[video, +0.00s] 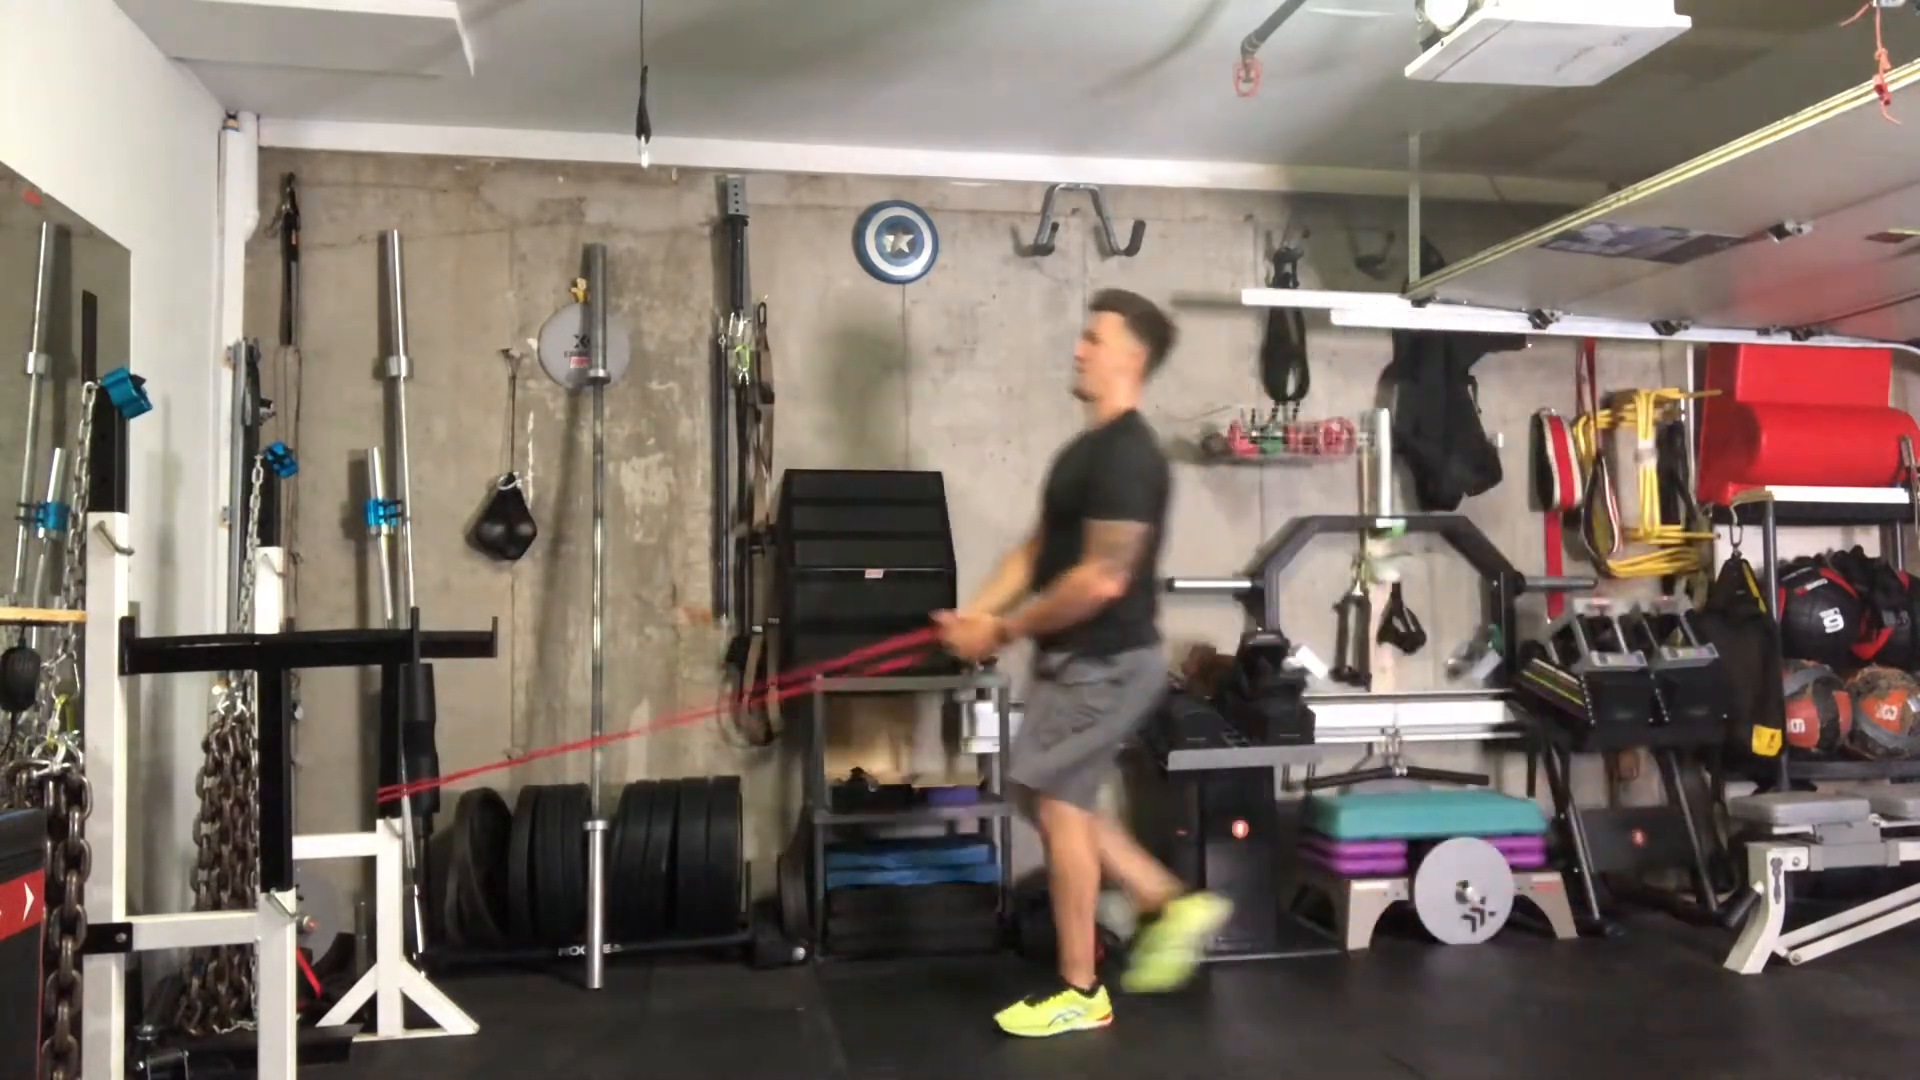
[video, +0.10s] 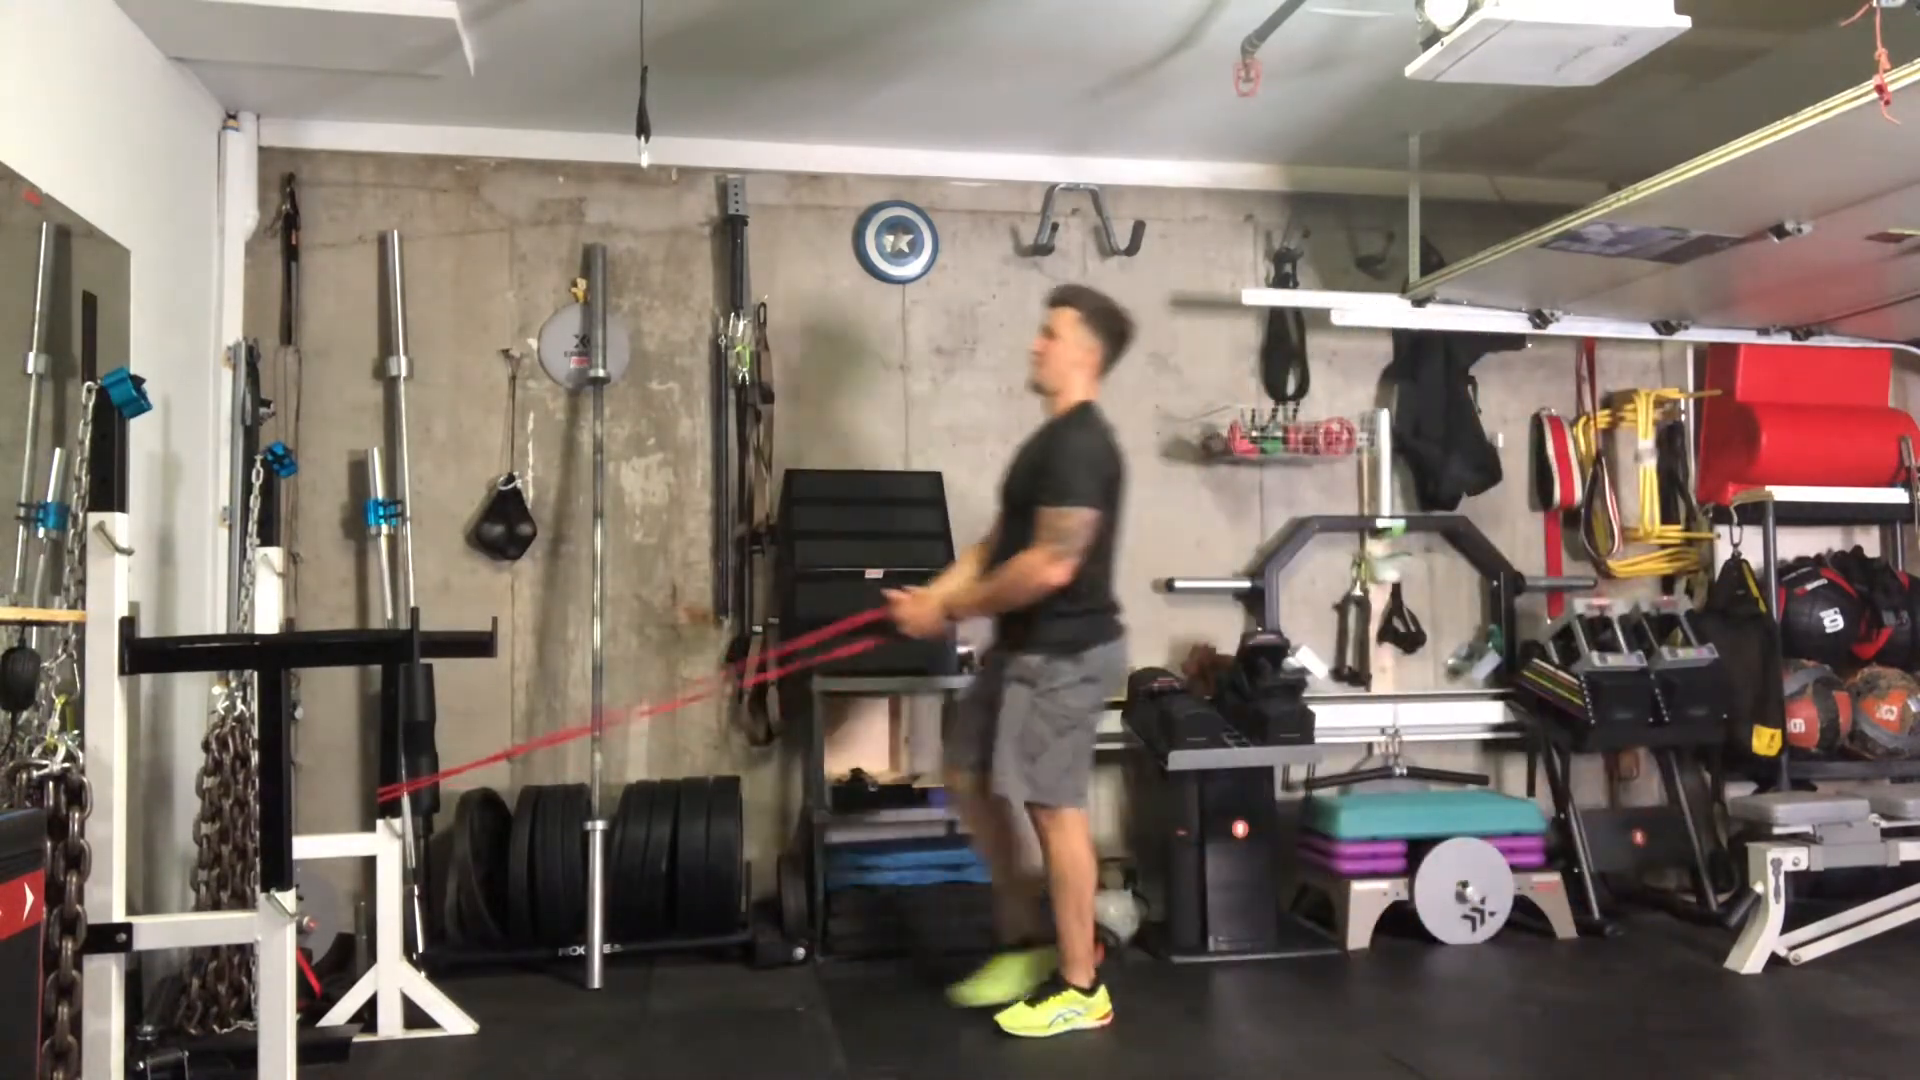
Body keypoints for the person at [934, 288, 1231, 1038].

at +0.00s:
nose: (1078, 351)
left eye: (1095, 341)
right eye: (1083, 338)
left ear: (1136, 361)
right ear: (1105, 356)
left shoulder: (1130, 453)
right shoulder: (1081, 453)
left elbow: (1103, 580)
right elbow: (1037, 551)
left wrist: (1003, 628)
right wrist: (980, 613)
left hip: (1113, 663)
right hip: (1071, 658)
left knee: (1060, 801)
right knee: (1044, 791)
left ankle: (1081, 989)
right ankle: (1171, 902)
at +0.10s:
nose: (1034, 345)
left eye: (1050, 335)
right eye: (1040, 333)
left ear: (1088, 354)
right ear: (1068, 354)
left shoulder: (1082, 442)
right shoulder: (1045, 443)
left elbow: (1054, 564)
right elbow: (995, 546)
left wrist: (954, 606)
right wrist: (932, 597)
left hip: (1066, 652)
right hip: (1020, 647)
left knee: (1054, 801)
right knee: (972, 779)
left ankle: (1081, 984)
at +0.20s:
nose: (992, 351)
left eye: (1009, 341)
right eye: (998, 338)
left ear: (1049, 362)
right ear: (1025, 358)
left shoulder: (1039, 445)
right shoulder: (1007, 444)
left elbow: (1011, 566)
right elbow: (965, 552)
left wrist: (910, 596)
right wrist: (897, 589)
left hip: (1031, 658)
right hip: (980, 655)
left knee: (1044, 809)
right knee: (923, 787)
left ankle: (1081, 986)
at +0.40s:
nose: (897, 356)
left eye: (916, 347)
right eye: (904, 344)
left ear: (952, 373)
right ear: (929, 370)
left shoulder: (951, 454)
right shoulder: (894, 459)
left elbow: (976, 569)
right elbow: (887, 565)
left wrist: (869, 609)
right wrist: (844, 601)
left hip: (931, 675)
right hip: (864, 671)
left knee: (938, 824)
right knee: (820, 801)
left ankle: (1062, 963)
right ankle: (815, 978)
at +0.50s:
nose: (855, 346)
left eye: (874, 338)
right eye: (861, 335)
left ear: (912, 365)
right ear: (871, 362)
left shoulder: (928, 449)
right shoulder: (831, 464)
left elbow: (969, 559)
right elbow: (800, 564)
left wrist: (860, 600)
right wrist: (803, 595)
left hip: (898, 665)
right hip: (821, 661)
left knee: (864, 813)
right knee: (796, 815)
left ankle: (1000, 937)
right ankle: (815, 983)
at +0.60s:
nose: (825, 336)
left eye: (845, 329)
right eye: (829, 326)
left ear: (885, 357)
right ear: (830, 352)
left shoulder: (912, 445)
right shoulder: (794, 453)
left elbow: (961, 554)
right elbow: (760, 550)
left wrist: (857, 589)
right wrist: (784, 586)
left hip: (876, 653)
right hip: (797, 653)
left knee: (827, 804)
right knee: (780, 808)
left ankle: (906, 964)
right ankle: (811, 980)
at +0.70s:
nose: (808, 336)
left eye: (827, 327)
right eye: (808, 325)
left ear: (866, 354)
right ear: (806, 346)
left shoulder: (899, 447)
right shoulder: (769, 447)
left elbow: (948, 555)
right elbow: (732, 547)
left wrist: (852, 584)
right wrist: (774, 582)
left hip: (851, 657)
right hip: (772, 652)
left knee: (804, 812)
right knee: (765, 812)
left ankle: (804, 987)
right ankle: (807, 977)